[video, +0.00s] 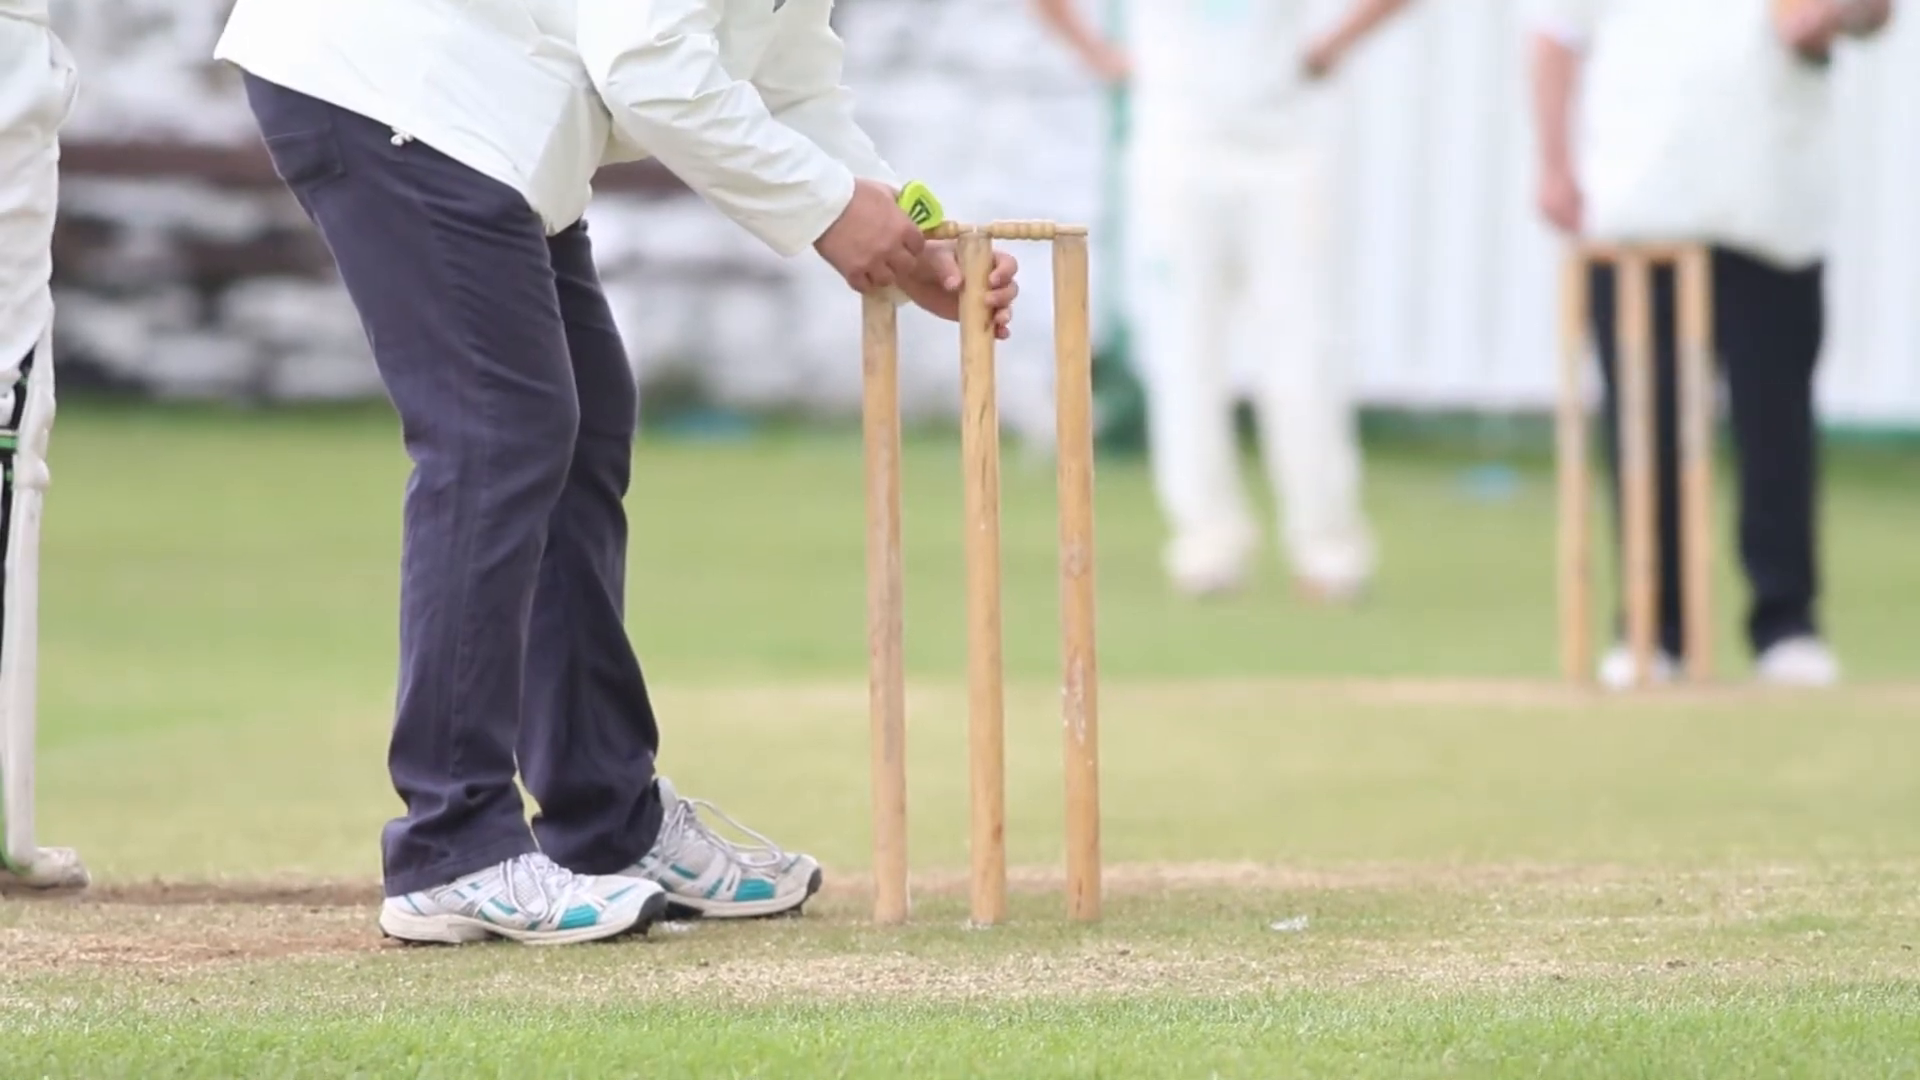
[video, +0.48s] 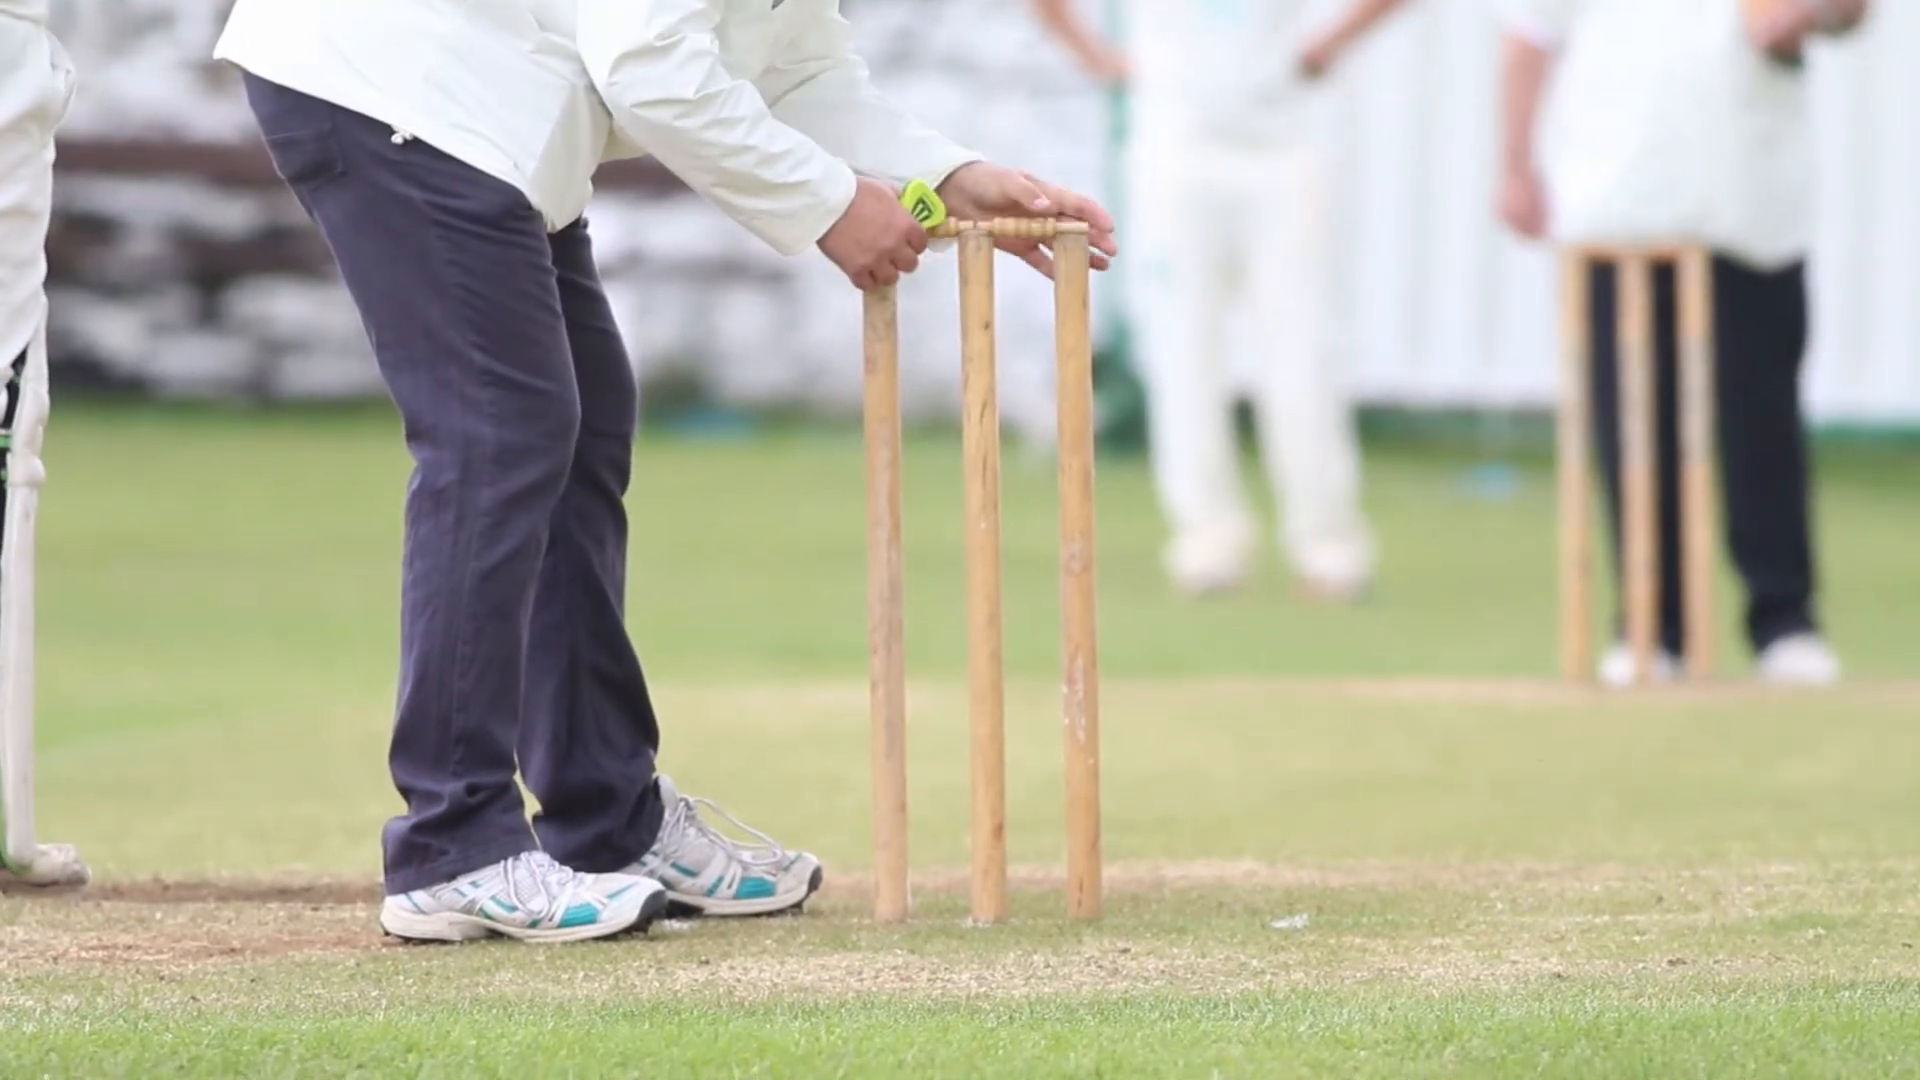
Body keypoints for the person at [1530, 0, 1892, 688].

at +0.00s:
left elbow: (1879, 12)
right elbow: (1555, 27)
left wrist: (1832, 14)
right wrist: (1556, 165)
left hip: (1774, 202)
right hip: (1634, 201)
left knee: (1776, 435)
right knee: (1641, 439)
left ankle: (1786, 631)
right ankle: (1653, 639)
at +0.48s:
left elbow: (1855, 10)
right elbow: (1531, 27)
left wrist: (1805, 13)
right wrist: (1518, 164)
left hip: (1752, 198)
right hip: (1615, 199)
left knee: (1761, 427)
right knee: (1631, 438)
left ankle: (1785, 628)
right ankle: (1651, 635)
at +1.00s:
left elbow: (1869, 11)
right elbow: (1550, 29)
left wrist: (1828, 12)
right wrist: (1549, 169)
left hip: (1774, 201)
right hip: (1634, 202)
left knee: (1779, 431)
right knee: (1643, 437)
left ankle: (1787, 628)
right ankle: (1652, 636)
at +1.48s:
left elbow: (1862, 22)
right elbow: (1599, 28)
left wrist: (1879, 14)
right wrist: (1595, 166)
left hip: (1821, 202)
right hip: (1683, 200)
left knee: (1806, 435)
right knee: (1678, 437)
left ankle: (1794, 628)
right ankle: (1659, 633)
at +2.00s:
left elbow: (1890, 29)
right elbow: (1633, 23)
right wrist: (1621, 155)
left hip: (1848, 195)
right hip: (1713, 189)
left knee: (1822, 422)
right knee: (1735, 411)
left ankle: (1798, 625)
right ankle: (1730, 625)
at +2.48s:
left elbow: (1884, 27)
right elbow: (1630, 23)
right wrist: (1620, 158)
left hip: (1845, 195)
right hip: (1707, 187)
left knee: (1818, 429)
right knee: (1700, 418)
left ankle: (1796, 624)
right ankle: (1674, 618)